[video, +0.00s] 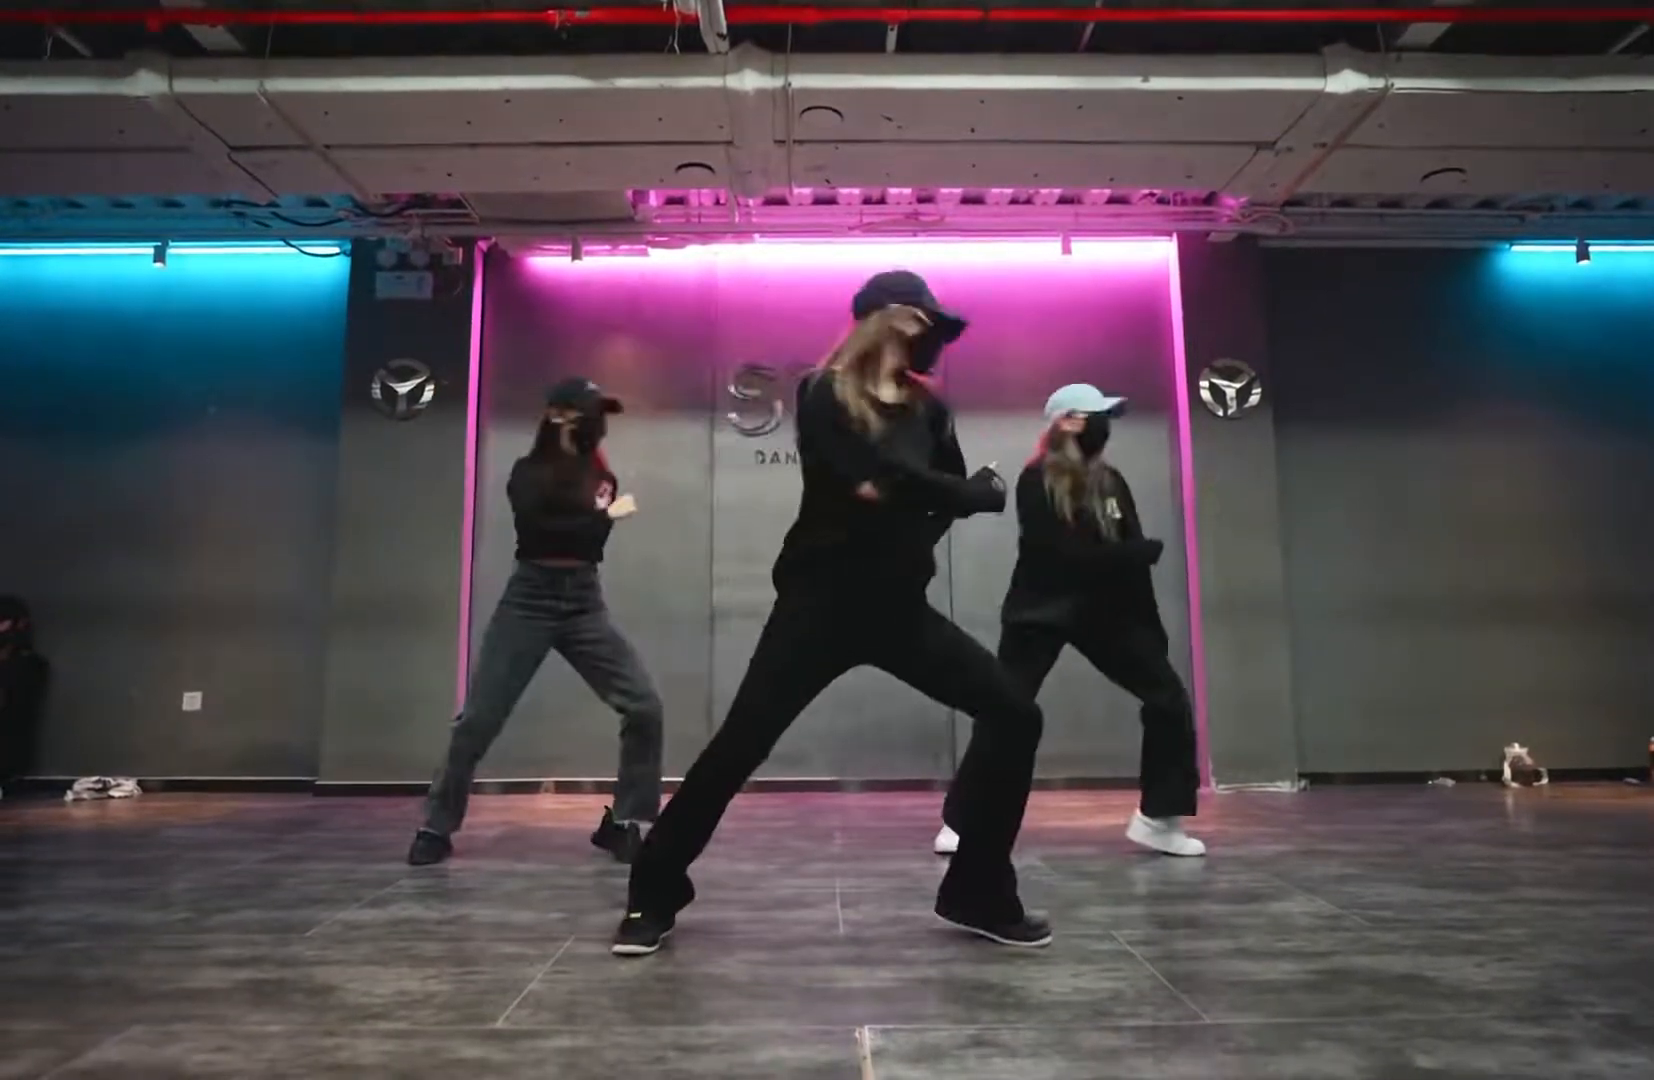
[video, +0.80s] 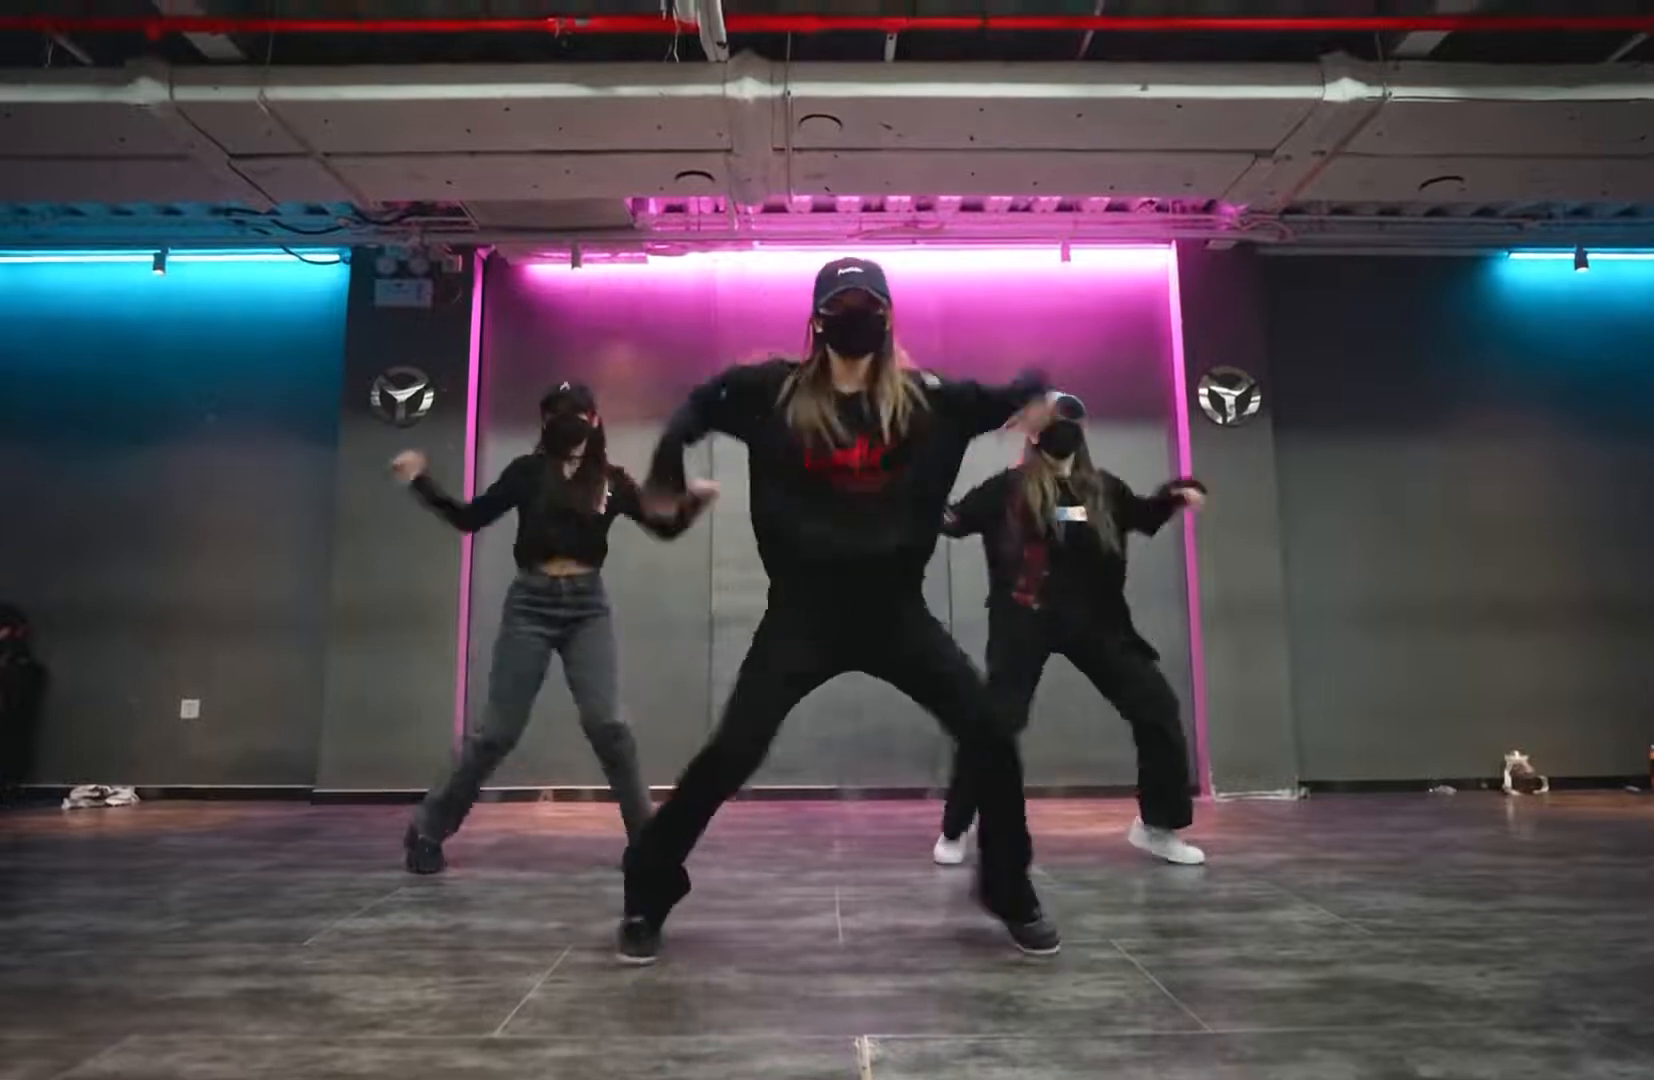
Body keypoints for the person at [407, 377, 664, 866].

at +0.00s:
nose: (591, 429)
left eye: (593, 421)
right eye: (583, 419)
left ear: (592, 424)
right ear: (557, 418)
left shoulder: (600, 476)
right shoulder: (529, 470)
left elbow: (593, 535)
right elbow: (536, 525)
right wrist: (602, 516)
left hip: (583, 607)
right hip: (528, 604)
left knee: (644, 707)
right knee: (479, 719)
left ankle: (624, 823)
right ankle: (435, 830)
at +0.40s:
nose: (592, 416)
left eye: (597, 407)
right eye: (580, 408)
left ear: (607, 414)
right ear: (560, 416)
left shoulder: (609, 472)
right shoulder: (543, 463)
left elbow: (597, 535)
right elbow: (554, 517)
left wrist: (616, 513)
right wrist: (618, 501)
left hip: (584, 604)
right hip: (530, 600)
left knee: (639, 708)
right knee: (481, 721)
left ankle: (621, 827)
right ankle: (434, 834)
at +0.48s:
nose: (579, 413)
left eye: (588, 405)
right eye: (570, 406)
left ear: (603, 414)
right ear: (554, 415)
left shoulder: (611, 473)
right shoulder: (538, 462)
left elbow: (606, 540)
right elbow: (549, 515)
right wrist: (615, 496)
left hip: (584, 604)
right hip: (529, 598)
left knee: (636, 708)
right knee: (479, 721)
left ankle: (620, 828)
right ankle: (434, 835)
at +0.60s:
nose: (573, 413)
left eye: (582, 404)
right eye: (564, 405)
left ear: (598, 413)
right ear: (549, 414)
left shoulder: (610, 468)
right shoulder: (532, 463)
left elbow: (612, 547)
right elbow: (532, 538)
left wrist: (614, 619)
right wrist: (584, 548)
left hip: (585, 605)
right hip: (528, 601)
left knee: (632, 710)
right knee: (478, 722)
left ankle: (619, 831)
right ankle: (433, 837)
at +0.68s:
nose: (577, 418)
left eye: (585, 409)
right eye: (567, 409)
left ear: (600, 416)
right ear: (551, 416)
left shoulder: (613, 482)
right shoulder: (529, 471)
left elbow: (627, 560)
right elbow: (503, 541)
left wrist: (669, 611)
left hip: (586, 605)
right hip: (526, 603)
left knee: (629, 716)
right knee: (477, 724)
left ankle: (620, 834)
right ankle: (433, 837)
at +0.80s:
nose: (571, 441)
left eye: (579, 430)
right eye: (560, 430)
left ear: (595, 425)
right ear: (546, 427)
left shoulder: (613, 480)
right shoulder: (528, 472)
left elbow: (663, 528)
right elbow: (469, 520)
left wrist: (692, 507)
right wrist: (422, 482)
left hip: (588, 610)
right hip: (530, 608)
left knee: (608, 726)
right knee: (498, 734)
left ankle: (646, 849)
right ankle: (428, 831)